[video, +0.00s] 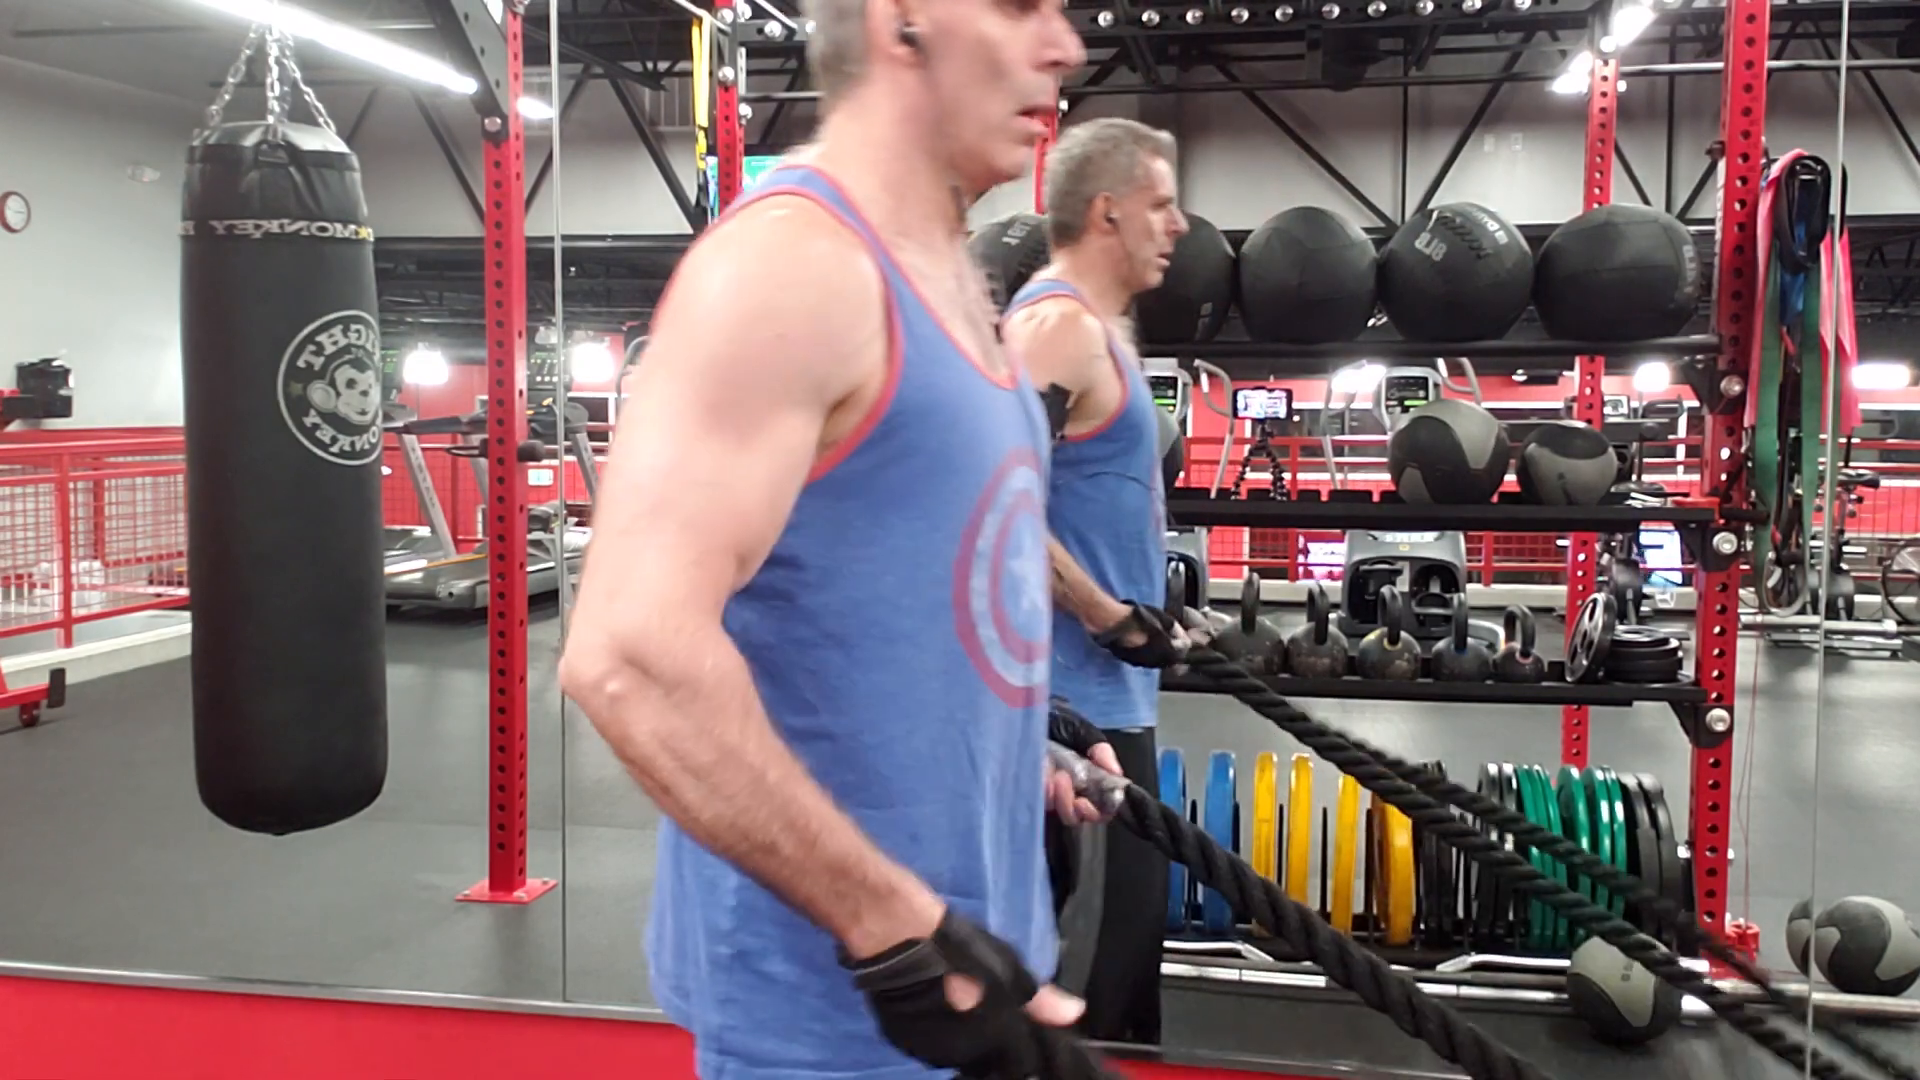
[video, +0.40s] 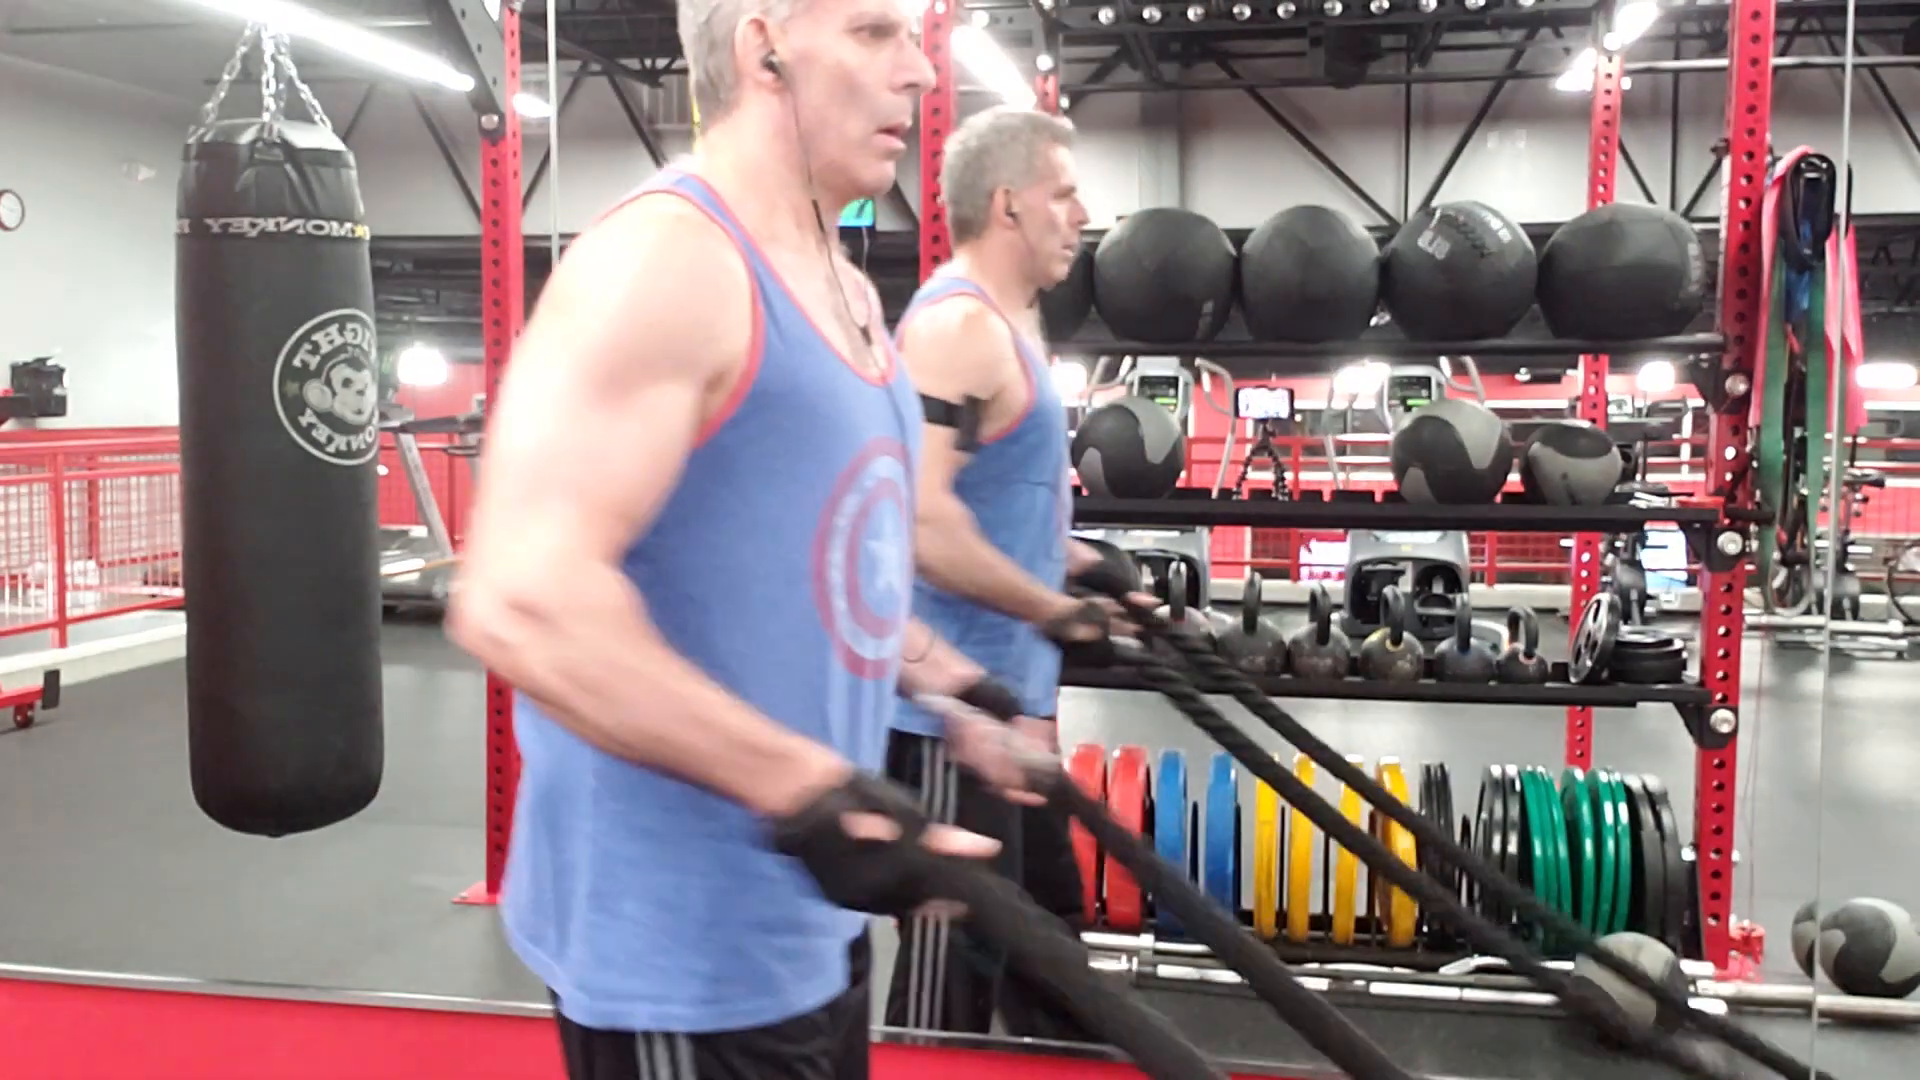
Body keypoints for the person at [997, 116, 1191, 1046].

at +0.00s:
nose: (1179, 226)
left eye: (1177, 206)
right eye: (1164, 205)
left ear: (1104, 213)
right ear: (1104, 212)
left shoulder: (1098, 328)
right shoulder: (1064, 329)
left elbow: (1079, 504)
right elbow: (1000, 504)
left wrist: (1156, 596)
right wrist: (1112, 618)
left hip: (1109, 695)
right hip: (1077, 702)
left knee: (1121, 931)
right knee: (1109, 934)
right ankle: (1086, 1068)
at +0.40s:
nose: (1082, 216)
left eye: (1079, 195)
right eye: (1065, 194)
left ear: (1009, 209)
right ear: (1004, 205)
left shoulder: (1005, 323)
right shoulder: (958, 326)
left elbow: (995, 500)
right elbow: (918, 518)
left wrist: (1084, 566)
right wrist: (1059, 611)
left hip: (1008, 696)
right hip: (951, 704)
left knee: (1035, 943)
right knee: (955, 954)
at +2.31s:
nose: (1057, 264)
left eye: (1058, 242)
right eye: (1044, 240)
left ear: (990, 244)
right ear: (986, 240)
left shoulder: (956, 357)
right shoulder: (919, 354)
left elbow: (949, 547)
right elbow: (889, 551)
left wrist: (1031, 639)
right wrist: (1010, 665)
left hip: (930, 695)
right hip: (892, 702)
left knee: (943, 937)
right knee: (990, 919)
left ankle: (943, 1064)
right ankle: (952, 1067)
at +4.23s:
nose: (1034, 285)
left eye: (1034, 264)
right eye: (1020, 262)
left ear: (966, 269)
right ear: (963, 267)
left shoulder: (943, 391)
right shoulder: (899, 393)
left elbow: (1000, 543)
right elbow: (871, 594)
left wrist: (1105, 612)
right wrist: (989, 721)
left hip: (924, 743)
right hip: (874, 752)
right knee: (989, 945)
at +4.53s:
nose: (1034, 297)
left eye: (1035, 277)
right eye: (1019, 275)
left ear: (959, 279)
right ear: (957, 276)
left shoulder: (947, 393)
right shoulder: (898, 386)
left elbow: (946, 577)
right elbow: (916, 570)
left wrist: (1031, 659)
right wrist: (1076, 589)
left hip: (926, 715)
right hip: (866, 725)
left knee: (1022, 907)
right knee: (976, 929)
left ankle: (979, 1061)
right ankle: (952, 1068)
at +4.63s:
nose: (1032, 301)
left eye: (1032, 281)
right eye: (1018, 279)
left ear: (961, 283)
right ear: (955, 280)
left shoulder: (941, 394)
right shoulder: (899, 388)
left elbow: (969, 565)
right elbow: (950, 563)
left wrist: (1076, 574)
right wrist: (1084, 544)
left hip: (930, 716)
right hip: (872, 725)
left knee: (1024, 907)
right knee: (996, 929)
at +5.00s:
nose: (1042, 313)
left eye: (1041, 293)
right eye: (1027, 291)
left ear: (969, 295)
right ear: (967, 293)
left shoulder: (944, 395)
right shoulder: (909, 398)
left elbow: (975, 565)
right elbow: (959, 580)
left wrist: (1092, 581)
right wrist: (1107, 560)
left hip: (928, 728)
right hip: (876, 739)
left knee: (1029, 918)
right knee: (1007, 927)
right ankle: (923, 1067)